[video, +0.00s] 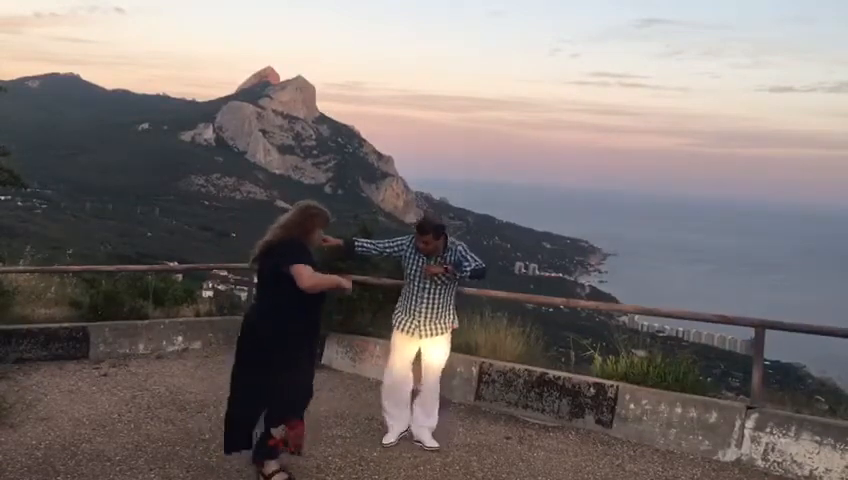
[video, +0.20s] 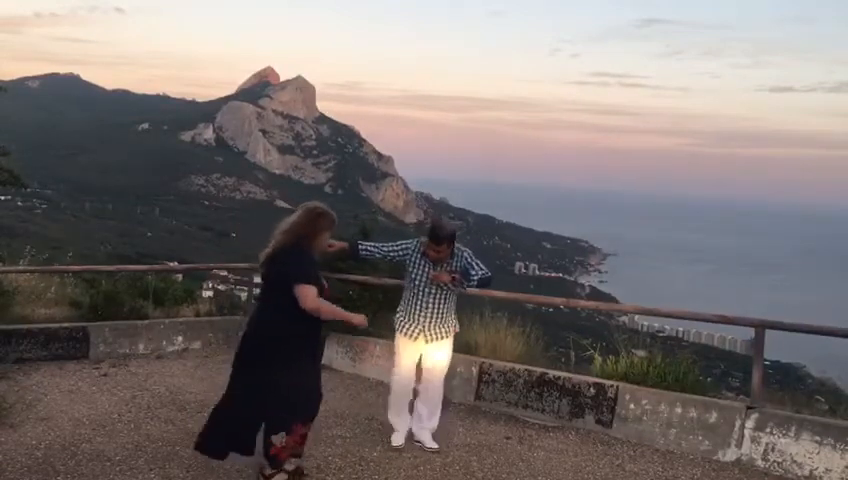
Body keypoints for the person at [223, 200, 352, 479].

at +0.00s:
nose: (322, 236)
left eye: (323, 232)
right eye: (320, 230)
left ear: (295, 222)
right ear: (307, 226)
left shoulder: (280, 247)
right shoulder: (291, 247)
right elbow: (306, 280)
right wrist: (338, 280)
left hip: (276, 333)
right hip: (281, 337)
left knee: (284, 393)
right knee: (285, 395)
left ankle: (269, 451)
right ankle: (266, 458)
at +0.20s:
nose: (329, 240)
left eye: (330, 235)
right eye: (327, 234)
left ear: (301, 226)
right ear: (314, 231)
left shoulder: (283, 252)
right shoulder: (301, 258)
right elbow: (309, 302)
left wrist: (325, 247)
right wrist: (349, 316)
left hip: (269, 343)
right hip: (289, 348)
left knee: (277, 404)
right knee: (305, 401)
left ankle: (274, 464)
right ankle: (285, 463)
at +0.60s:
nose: (341, 241)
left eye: (343, 236)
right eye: (339, 235)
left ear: (321, 230)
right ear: (325, 230)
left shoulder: (298, 254)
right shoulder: (309, 260)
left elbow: (300, 293)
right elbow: (306, 308)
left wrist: (332, 284)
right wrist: (330, 342)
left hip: (284, 340)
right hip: (301, 344)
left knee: (286, 400)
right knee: (313, 408)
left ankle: (277, 457)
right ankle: (286, 464)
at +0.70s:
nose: (344, 239)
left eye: (347, 234)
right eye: (343, 233)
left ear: (323, 228)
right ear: (328, 228)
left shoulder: (306, 254)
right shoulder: (309, 256)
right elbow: (305, 298)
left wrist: (339, 297)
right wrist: (338, 319)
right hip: (301, 343)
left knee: (279, 400)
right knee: (311, 401)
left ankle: (284, 463)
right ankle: (295, 462)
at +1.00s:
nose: (346, 242)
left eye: (348, 237)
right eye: (343, 235)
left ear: (330, 234)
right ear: (326, 230)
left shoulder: (329, 266)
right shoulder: (298, 253)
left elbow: (335, 309)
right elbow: (294, 284)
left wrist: (358, 335)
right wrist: (332, 274)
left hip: (316, 352)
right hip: (283, 350)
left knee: (322, 412)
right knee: (290, 412)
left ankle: (295, 460)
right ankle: (285, 468)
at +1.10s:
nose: (346, 243)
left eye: (347, 237)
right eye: (342, 236)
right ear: (323, 233)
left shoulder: (334, 266)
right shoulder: (297, 257)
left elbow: (348, 305)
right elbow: (290, 286)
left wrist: (376, 329)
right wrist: (337, 282)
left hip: (322, 351)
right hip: (287, 350)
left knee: (331, 413)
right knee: (290, 407)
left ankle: (307, 456)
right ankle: (283, 458)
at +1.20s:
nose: (346, 237)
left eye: (349, 232)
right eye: (341, 230)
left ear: (352, 235)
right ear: (325, 228)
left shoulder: (346, 264)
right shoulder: (301, 254)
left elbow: (361, 293)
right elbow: (293, 290)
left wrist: (397, 310)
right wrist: (339, 297)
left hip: (327, 347)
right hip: (289, 347)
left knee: (332, 411)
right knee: (290, 411)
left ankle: (313, 458)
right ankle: (284, 466)